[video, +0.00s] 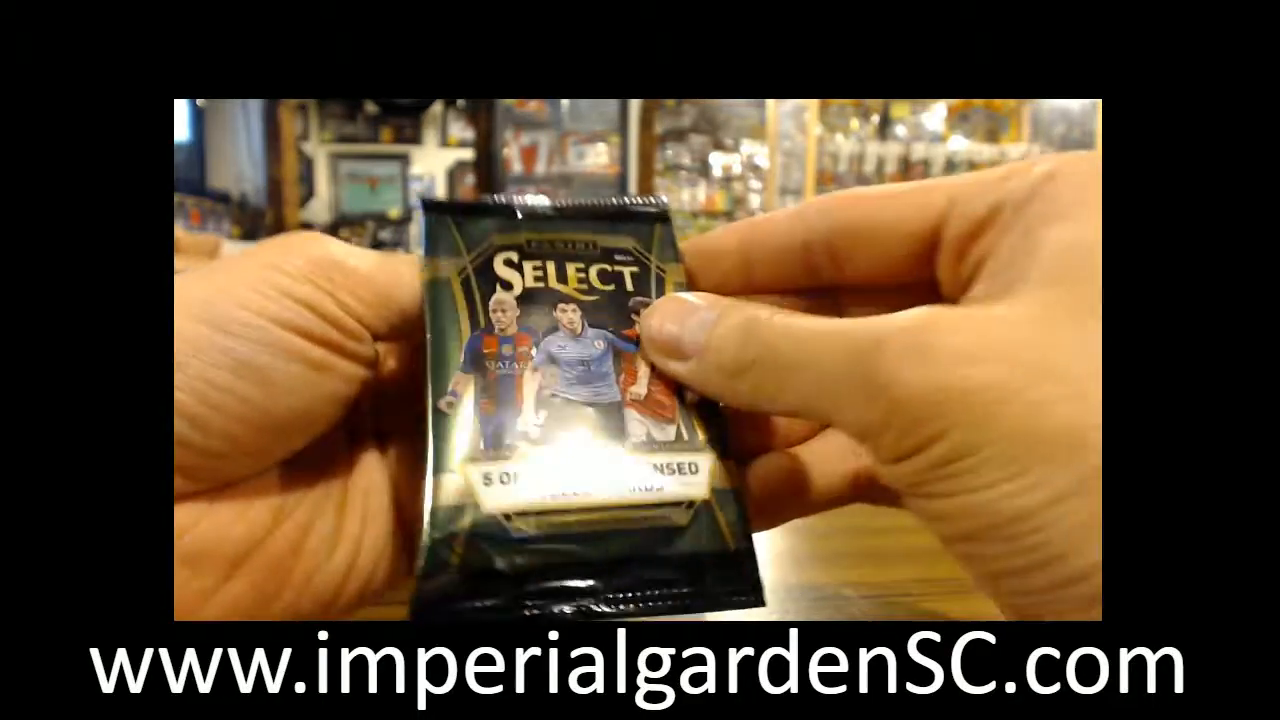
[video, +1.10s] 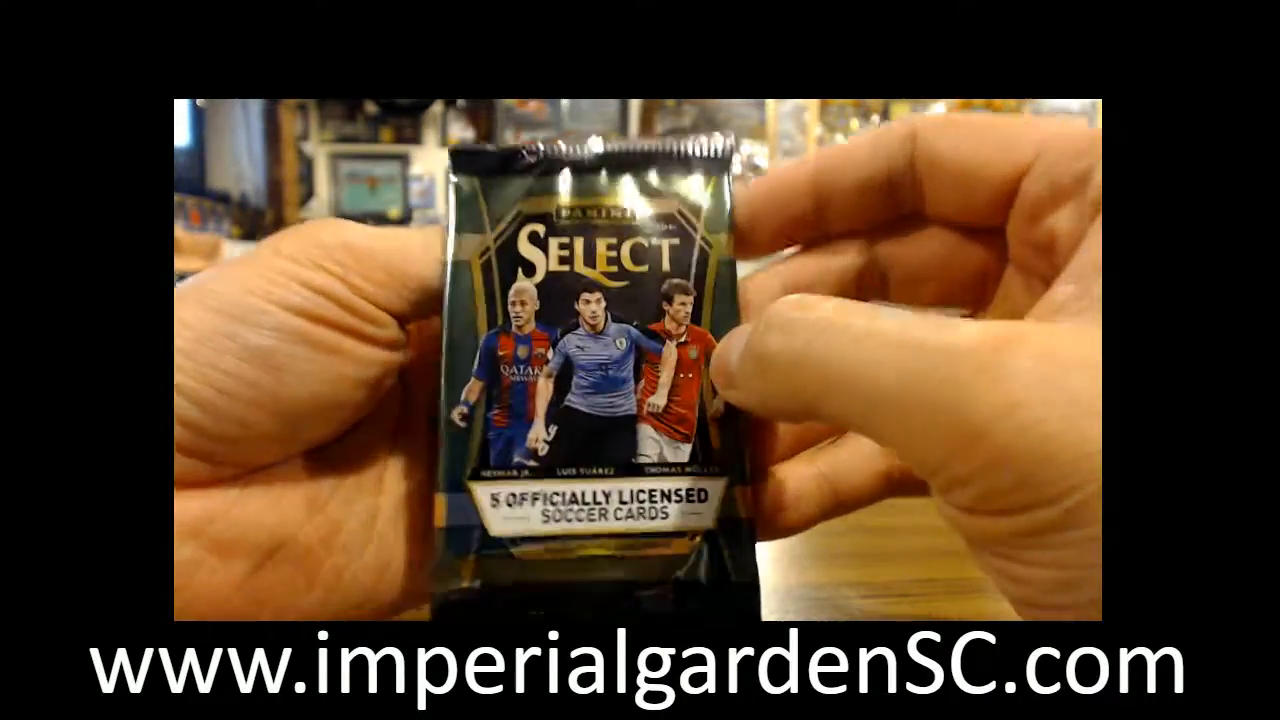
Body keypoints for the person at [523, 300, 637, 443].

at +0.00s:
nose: (570, 316)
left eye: (574, 311)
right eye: (563, 311)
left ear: (581, 313)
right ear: (555, 314)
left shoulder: (603, 336)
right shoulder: (550, 343)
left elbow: (637, 351)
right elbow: (532, 372)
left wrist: (641, 383)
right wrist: (528, 411)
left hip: (607, 402)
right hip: (570, 402)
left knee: (614, 454)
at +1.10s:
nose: (594, 309)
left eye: (598, 302)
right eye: (587, 303)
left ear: (605, 304)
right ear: (577, 307)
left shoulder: (626, 333)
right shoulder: (568, 340)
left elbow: (668, 350)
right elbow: (546, 377)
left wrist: (661, 393)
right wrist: (539, 422)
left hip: (621, 418)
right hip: (578, 416)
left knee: (620, 481)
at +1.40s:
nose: (589, 315)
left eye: (593, 308)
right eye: (581, 309)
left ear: (601, 309)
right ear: (572, 313)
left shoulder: (623, 340)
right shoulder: (564, 349)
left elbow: (665, 355)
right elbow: (544, 387)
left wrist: (659, 400)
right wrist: (538, 433)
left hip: (619, 425)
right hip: (577, 424)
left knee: (620, 489)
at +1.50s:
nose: (599, 320)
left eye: (605, 313)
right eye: (592, 314)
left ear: (614, 316)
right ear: (584, 318)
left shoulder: (634, 344)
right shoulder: (579, 353)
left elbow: (674, 357)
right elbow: (562, 387)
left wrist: (668, 400)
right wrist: (557, 431)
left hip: (631, 423)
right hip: (593, 423)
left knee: (632, 487)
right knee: (590, 485)